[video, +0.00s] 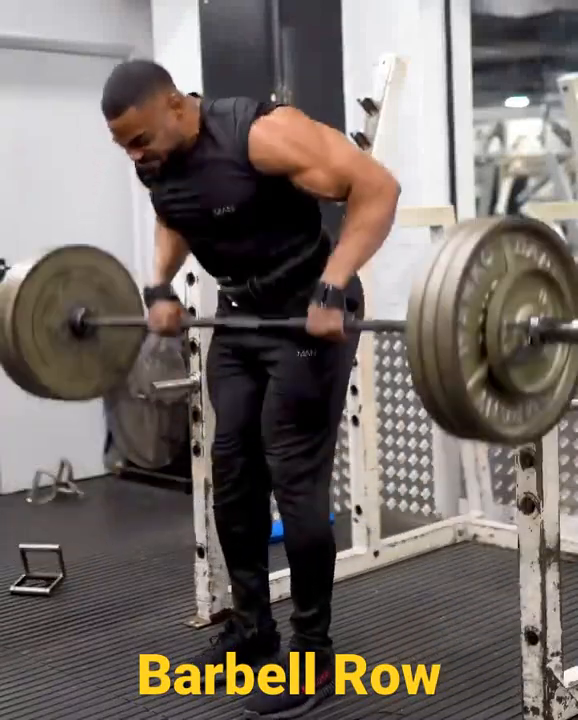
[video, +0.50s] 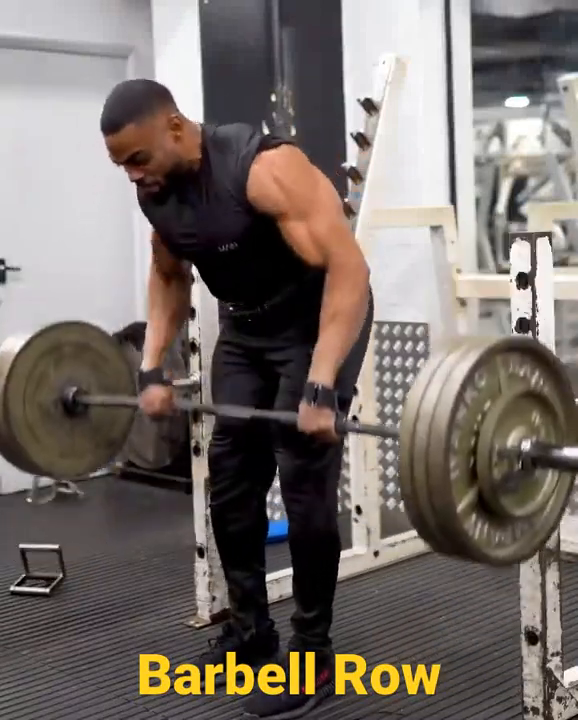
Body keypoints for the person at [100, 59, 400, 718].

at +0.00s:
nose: (136, 157)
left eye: (142, 140)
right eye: (126, 147)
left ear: (181, 108)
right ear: (121, 134)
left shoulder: (267, 134)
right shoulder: (160, 163)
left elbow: (379, 188)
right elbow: (178, 217)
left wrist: (331, 288)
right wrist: (161, 284)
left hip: (309, 323)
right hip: (238, 322)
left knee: (295, 477)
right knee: (232, 476)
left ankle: (311, 653)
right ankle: (253, 626)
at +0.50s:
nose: (133, 176)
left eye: (139, 159)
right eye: (124, 165)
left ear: (178, 128)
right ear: (120, 154)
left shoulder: (268, 167)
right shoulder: (158, 192)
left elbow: (350, 271)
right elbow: (169, 276)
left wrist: (320, 385)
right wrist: (153, 367)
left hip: (316, 331)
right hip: (245, 338)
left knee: (305, 488)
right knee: (230, 484)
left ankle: (311, 649)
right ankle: (250, 628)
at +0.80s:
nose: (116, 200)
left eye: (121, 183)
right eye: (107, 189)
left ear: (163, 153)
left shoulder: (256, 203)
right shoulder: (144, 221)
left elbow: (319, 322)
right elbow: (154, 321)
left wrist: (318, 448)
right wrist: (153, 424)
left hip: (322, 310)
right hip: (248, 322)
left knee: (300, 465)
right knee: (223, 466)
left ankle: (311, 648)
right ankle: (249, 626)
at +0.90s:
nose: (111, 213)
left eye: (116, 196)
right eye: (102, 202)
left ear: (156, 165)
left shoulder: (254, 220)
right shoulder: (142, 239)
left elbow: (311, 344)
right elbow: (151, 340)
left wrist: (318, 472)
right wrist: (152, 443)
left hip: (323, 310)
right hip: (247, 321)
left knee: (295, 468)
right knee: (219, 467)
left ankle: (310, 648)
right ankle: (248, 625)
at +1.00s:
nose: (108, 220)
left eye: (114, 204)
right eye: (99, 209)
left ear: (155, 174)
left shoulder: (252, 230)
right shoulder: (141, 244)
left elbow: (304, 356)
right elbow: (151, 352)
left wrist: (317, 484)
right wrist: (152, 454)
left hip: (326, 312)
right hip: (248, 324)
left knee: (293, 465)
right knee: (218, 468)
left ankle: (310, 648)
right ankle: (248, 626)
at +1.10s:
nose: (103, 231)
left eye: (110, 214)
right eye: (95, 218)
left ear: (152, 188)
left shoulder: (252, 247)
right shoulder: (138, 259)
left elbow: (294, 378)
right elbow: (152, 368)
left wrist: (316, 502)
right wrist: (153, 473)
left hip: (329, 314)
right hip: (249, 323)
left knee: (296, 469)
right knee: (217, 464)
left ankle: (310, 649)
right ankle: (249, 627)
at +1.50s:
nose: (106, 220)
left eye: (114, 203)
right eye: (98, 206)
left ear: (159, 183)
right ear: (96, 198)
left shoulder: (248, 237)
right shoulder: (140, 252)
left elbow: (298, 366)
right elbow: (148, 358)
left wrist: (308, 492)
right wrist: (146, 464)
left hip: (331, 313)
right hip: (249, 328)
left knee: (296, 477)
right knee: (223, 471)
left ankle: (308, 650)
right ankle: (248, 629)